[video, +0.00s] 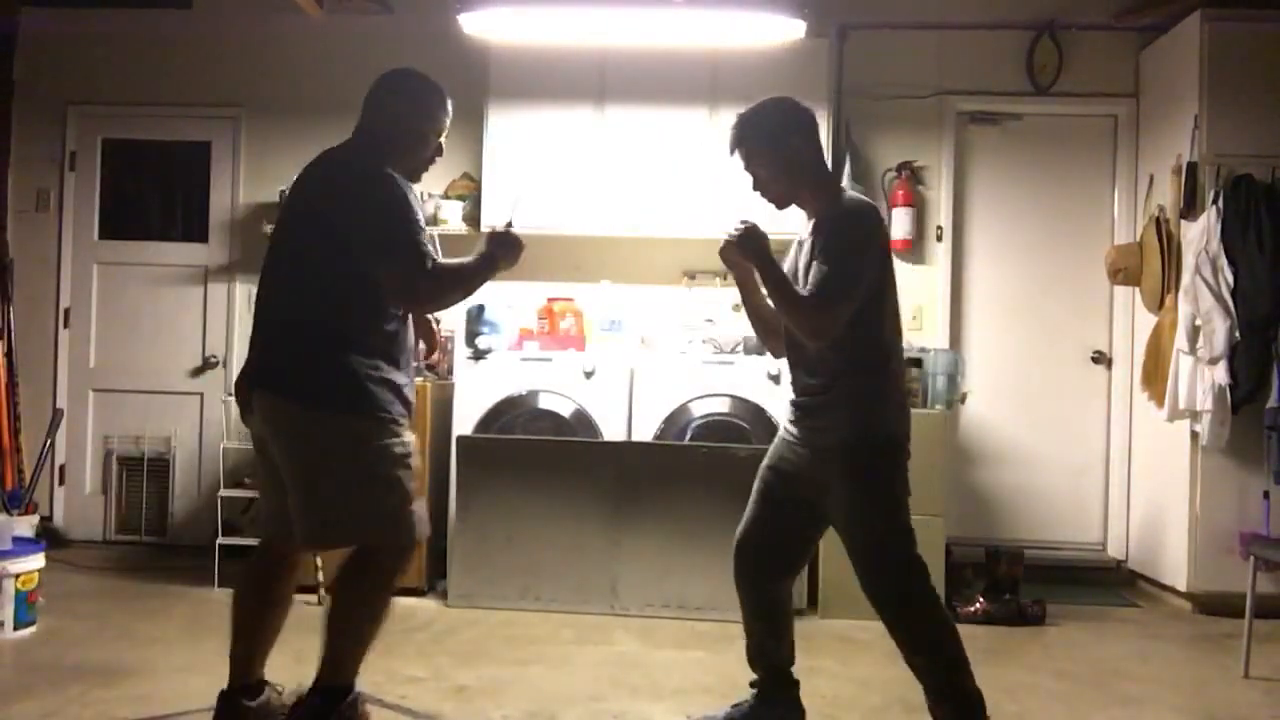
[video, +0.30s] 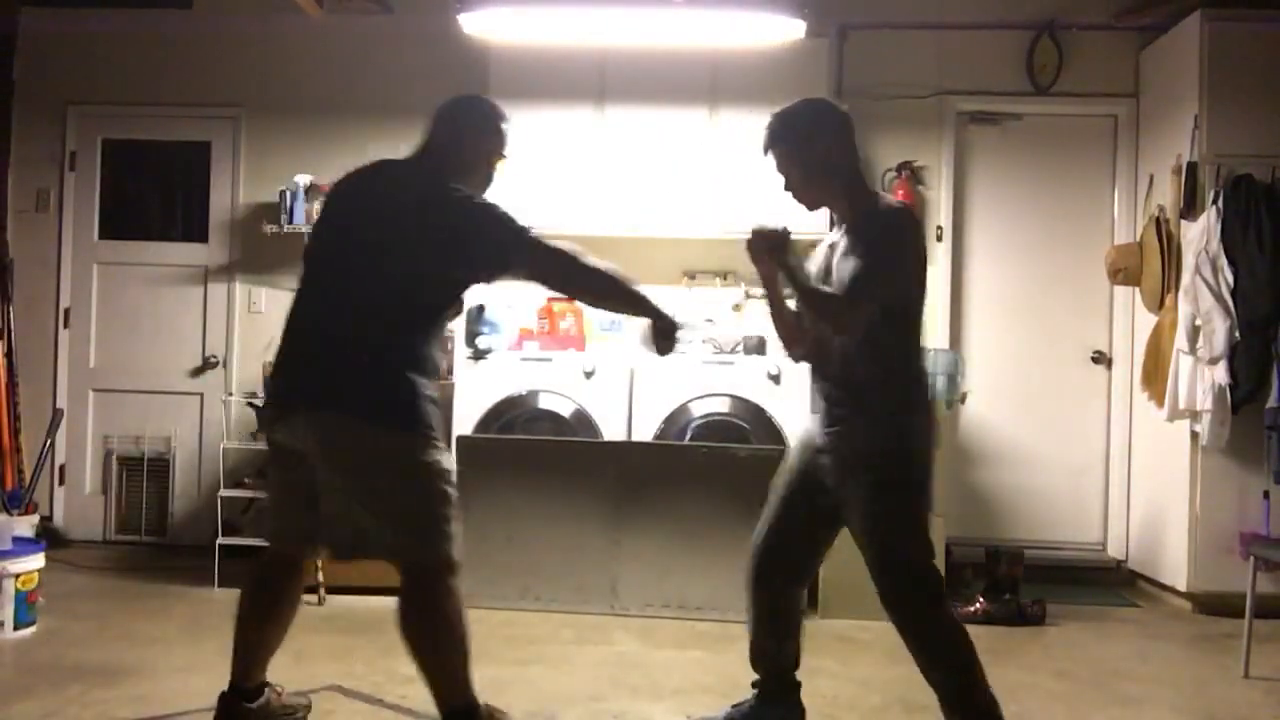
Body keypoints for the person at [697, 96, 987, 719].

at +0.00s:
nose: (752, 184)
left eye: (756, 167)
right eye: (747, 171)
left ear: (795, 153)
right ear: (794, 159)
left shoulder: (852, 218)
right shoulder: (807, 238)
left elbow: (818, 329)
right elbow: (777, 341)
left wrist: (763, 263)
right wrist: (745, 279)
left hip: (862, 438)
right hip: (805, 432)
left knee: (895, 585)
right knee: (757, 559)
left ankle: (962, 711)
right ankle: (775, 695)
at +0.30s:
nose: (784, 184)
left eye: (788, 166)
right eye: (779, 169)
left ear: (828, 153)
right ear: (825, 159)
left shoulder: (890, 226)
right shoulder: (833, 243)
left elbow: (846, 321)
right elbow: (801, 344)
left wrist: (784, 265)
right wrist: (771, 275)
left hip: (880, 439)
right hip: (826, 434)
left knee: (908, 592)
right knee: (773, 566)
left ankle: (978, 714)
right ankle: (775, 696)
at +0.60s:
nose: (814, 187)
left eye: (817, 170)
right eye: (809, 172)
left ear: (852, 158)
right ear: (864, 158)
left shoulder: (876, 241)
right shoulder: (931, 219)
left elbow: (844, 356)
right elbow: (927, 324)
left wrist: (785, 354)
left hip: (937, 430)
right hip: (915, 424)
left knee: (934, 600)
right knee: (862, 557)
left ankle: (990, 716)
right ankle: (843, 692)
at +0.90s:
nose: (844, 170)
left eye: (851, 153)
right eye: (840, 156)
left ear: (896, 145)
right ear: (872, 154)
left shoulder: (958, 218)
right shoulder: (878, 246)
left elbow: (937, 318)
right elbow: (854, 342)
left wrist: (855, 268)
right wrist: (823, 288)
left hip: (943, 433)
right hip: (879, 429)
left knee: (945, 596)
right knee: (838, 569)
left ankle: (989, 715)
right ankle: (850, 697)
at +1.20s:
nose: (852, 183)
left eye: (858, 166)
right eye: (847, 171)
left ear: (901, 150)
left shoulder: (975, 225)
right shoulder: (878, 245)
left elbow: (970, 332)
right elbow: (845, 342)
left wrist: (882, 269)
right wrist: (824, 270)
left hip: (953, 441)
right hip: (879, 434)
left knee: (986, 598)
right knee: (837, 570)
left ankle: (1038, 715)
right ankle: (848, 700)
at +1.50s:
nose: (838, 175)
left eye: (846, 158)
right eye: (834, 161)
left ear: (892, 149)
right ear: (870, 161)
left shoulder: (952, 230)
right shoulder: (874, 248)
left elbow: (943, 334)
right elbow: (847, 351)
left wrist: (859, 280)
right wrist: (822, 285)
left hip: (943, 439)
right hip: (878, 434)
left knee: (976, 601)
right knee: (821, 564)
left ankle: (1036, 713)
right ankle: (830, 698)